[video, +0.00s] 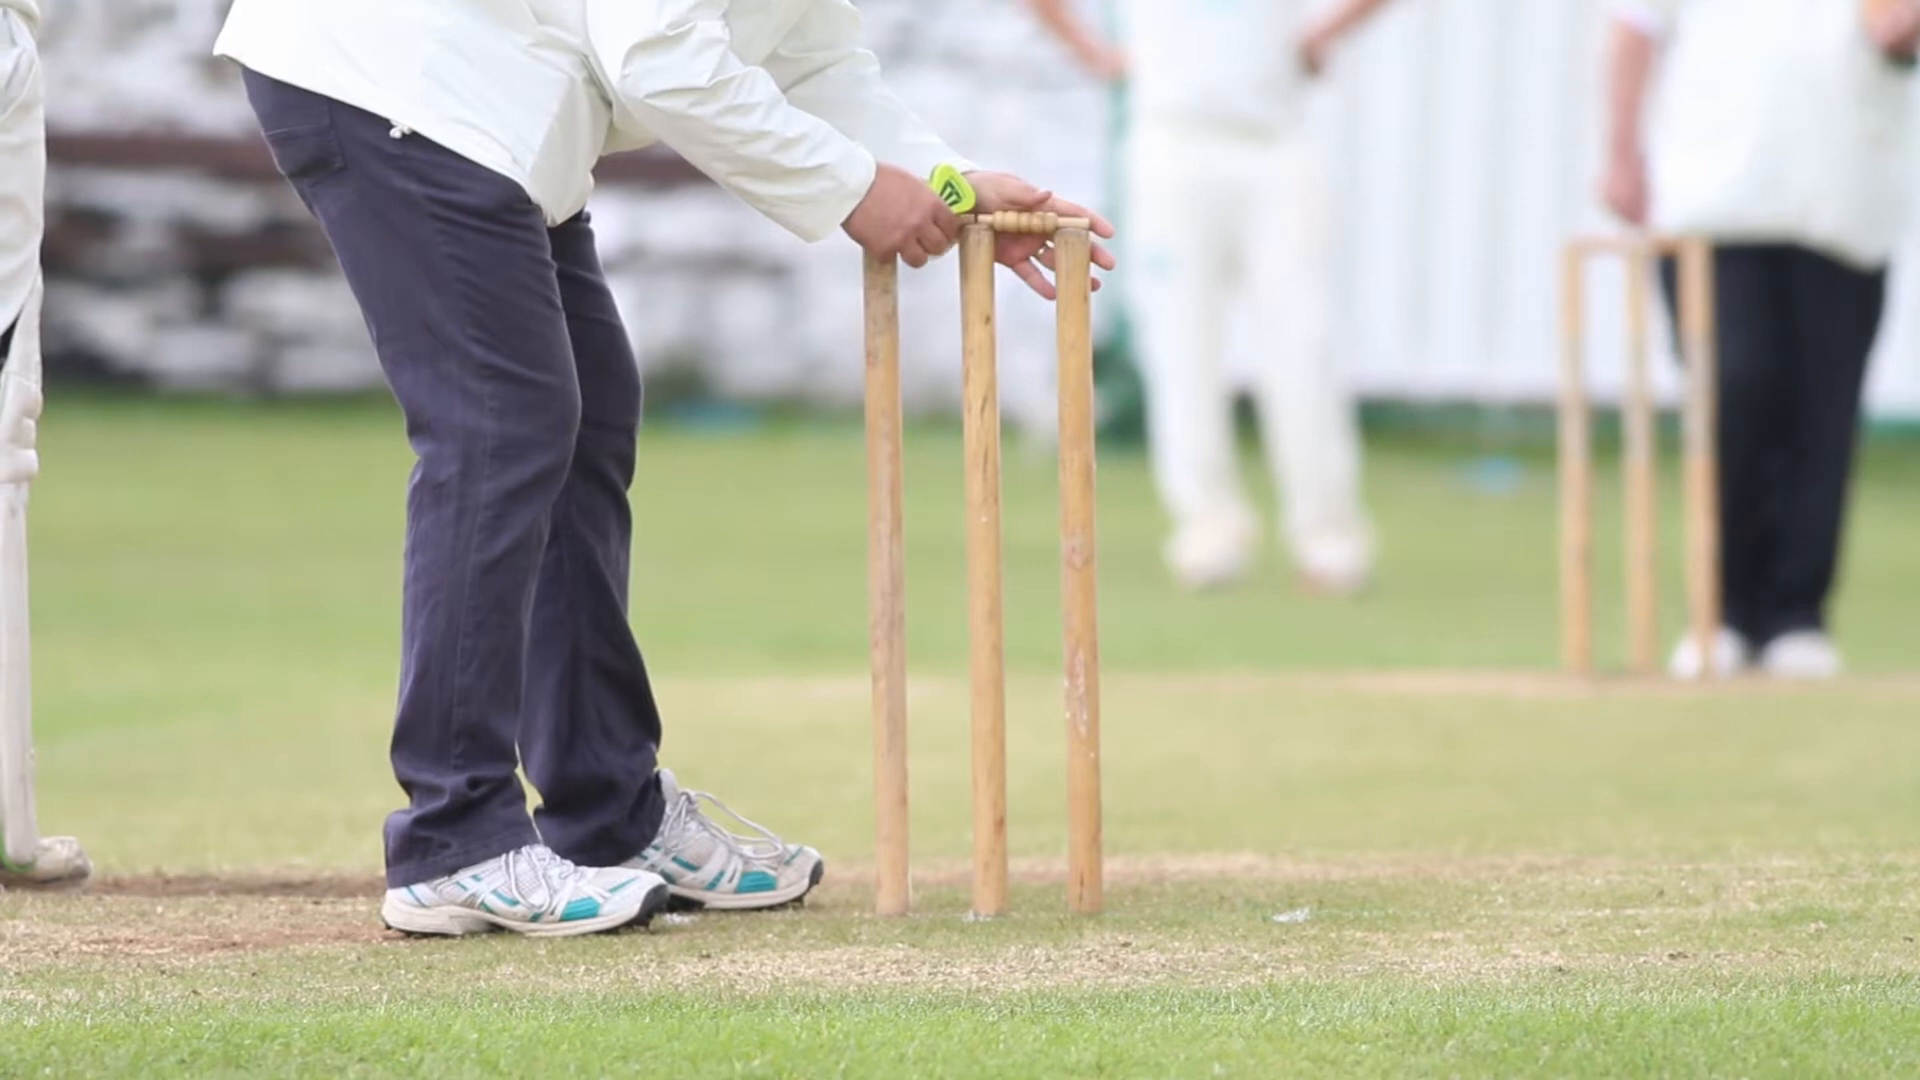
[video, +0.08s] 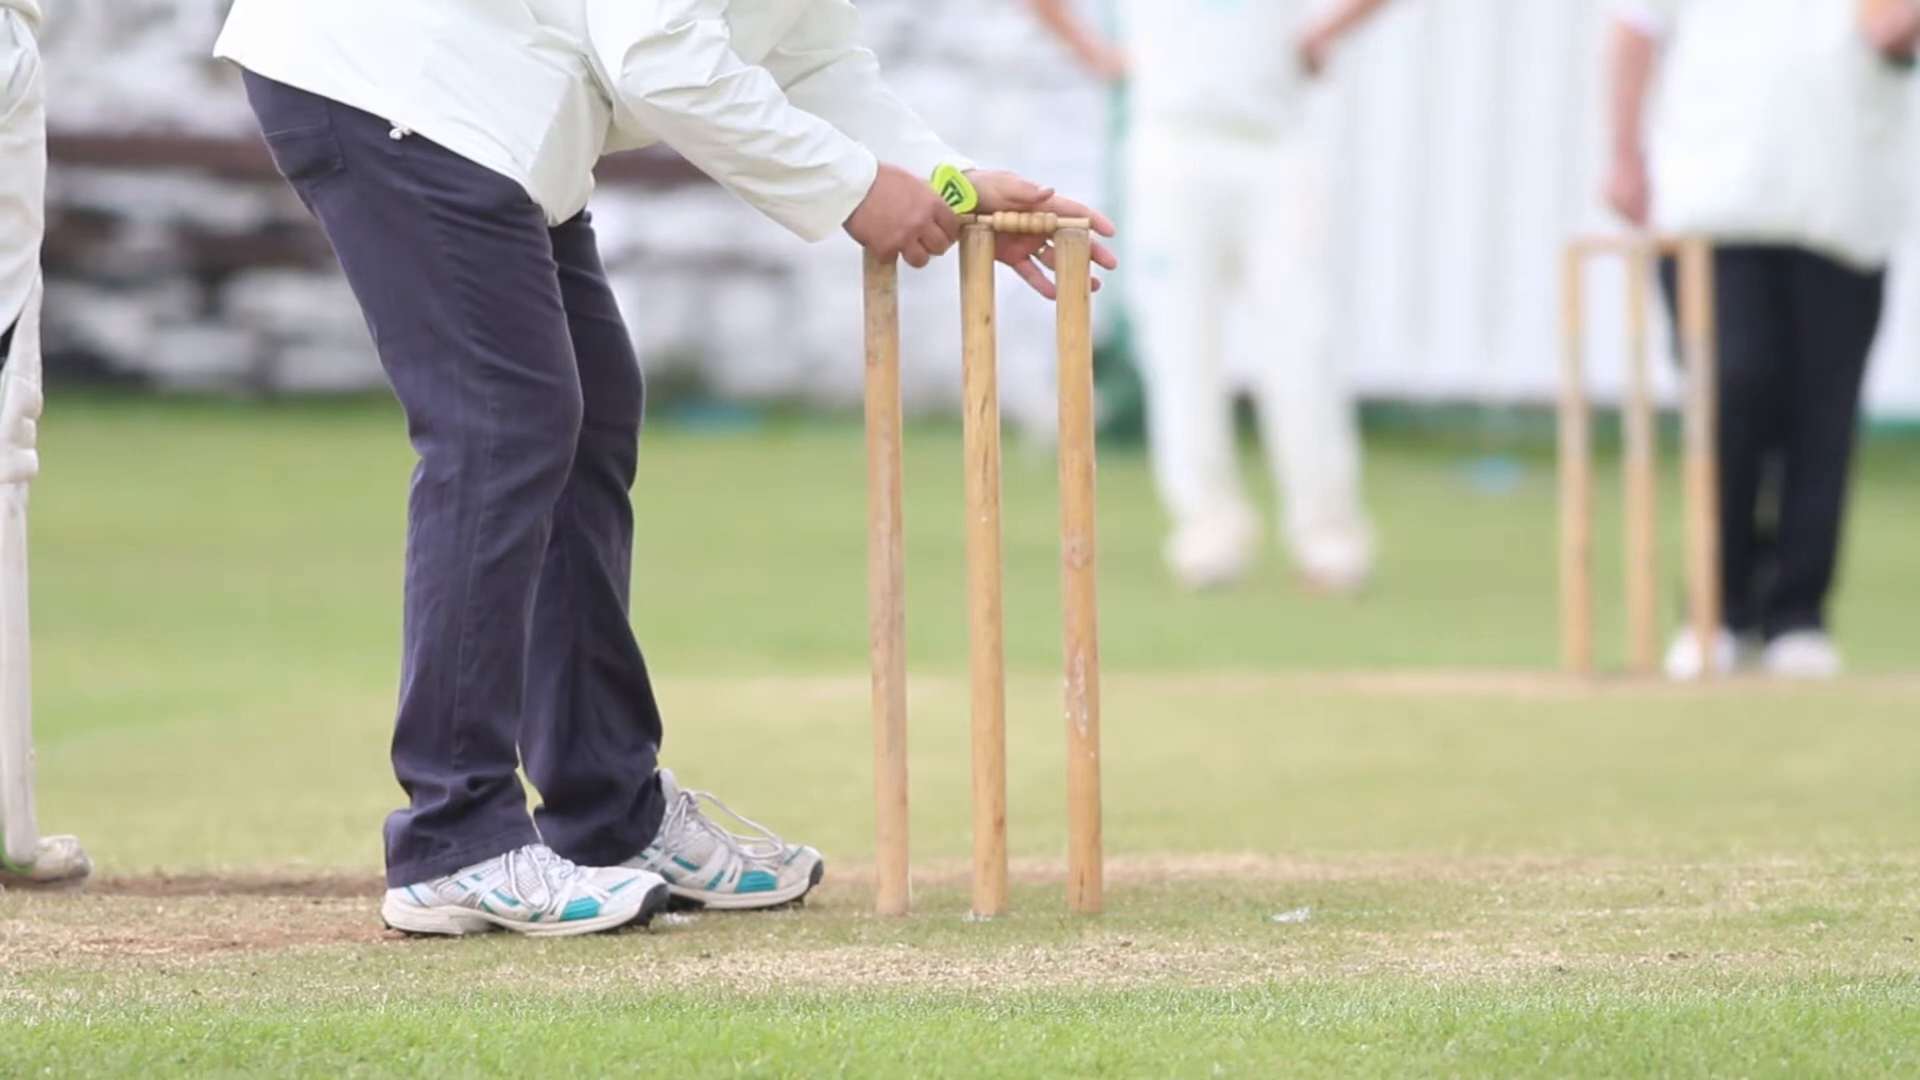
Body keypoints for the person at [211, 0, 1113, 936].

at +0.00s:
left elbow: (814, 61)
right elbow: (655, 54)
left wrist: (959, 189)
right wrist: (846, 186)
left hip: (490, 74)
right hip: (380, 53)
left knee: (590, 406)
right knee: (506, 418)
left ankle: (607, 816)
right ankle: (453, 847)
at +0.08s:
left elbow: (810, 58)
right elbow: (657, 53)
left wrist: (961, 191)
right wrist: (848, 186)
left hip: (490, 73)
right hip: (379, 52)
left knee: (592, 405)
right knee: (508, 416)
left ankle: (606, 815)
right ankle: (453, 848)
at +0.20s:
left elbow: (812, 63)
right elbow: (656, 52)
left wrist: (961, 186)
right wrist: (848, 185)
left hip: (490, 73)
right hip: (378, 51)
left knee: (592, 406)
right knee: (507, 417)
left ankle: (606, 816)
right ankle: (453, 848)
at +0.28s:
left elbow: (813, 62)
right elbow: (655, 52)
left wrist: (959, 186)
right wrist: (848, 184)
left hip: (488, 72)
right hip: (377, 51)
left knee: (591, 405)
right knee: (507, 416)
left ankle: (606, 815)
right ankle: (453, 847)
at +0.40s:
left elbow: (813, 65)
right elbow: (650, 51)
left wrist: (962, 190)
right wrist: (844, 185)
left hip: (487, 73)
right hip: (376, 51)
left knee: (594, 406)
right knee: (507, 416)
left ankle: (607, 815)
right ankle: (454, 846)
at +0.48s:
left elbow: (806, 74)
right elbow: (647, 50)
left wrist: (959, 192)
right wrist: (841, 184)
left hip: (487, 74)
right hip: (376, 51)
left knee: (598, 405)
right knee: (511, 416)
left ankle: (607, 815)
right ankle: (454, 846)